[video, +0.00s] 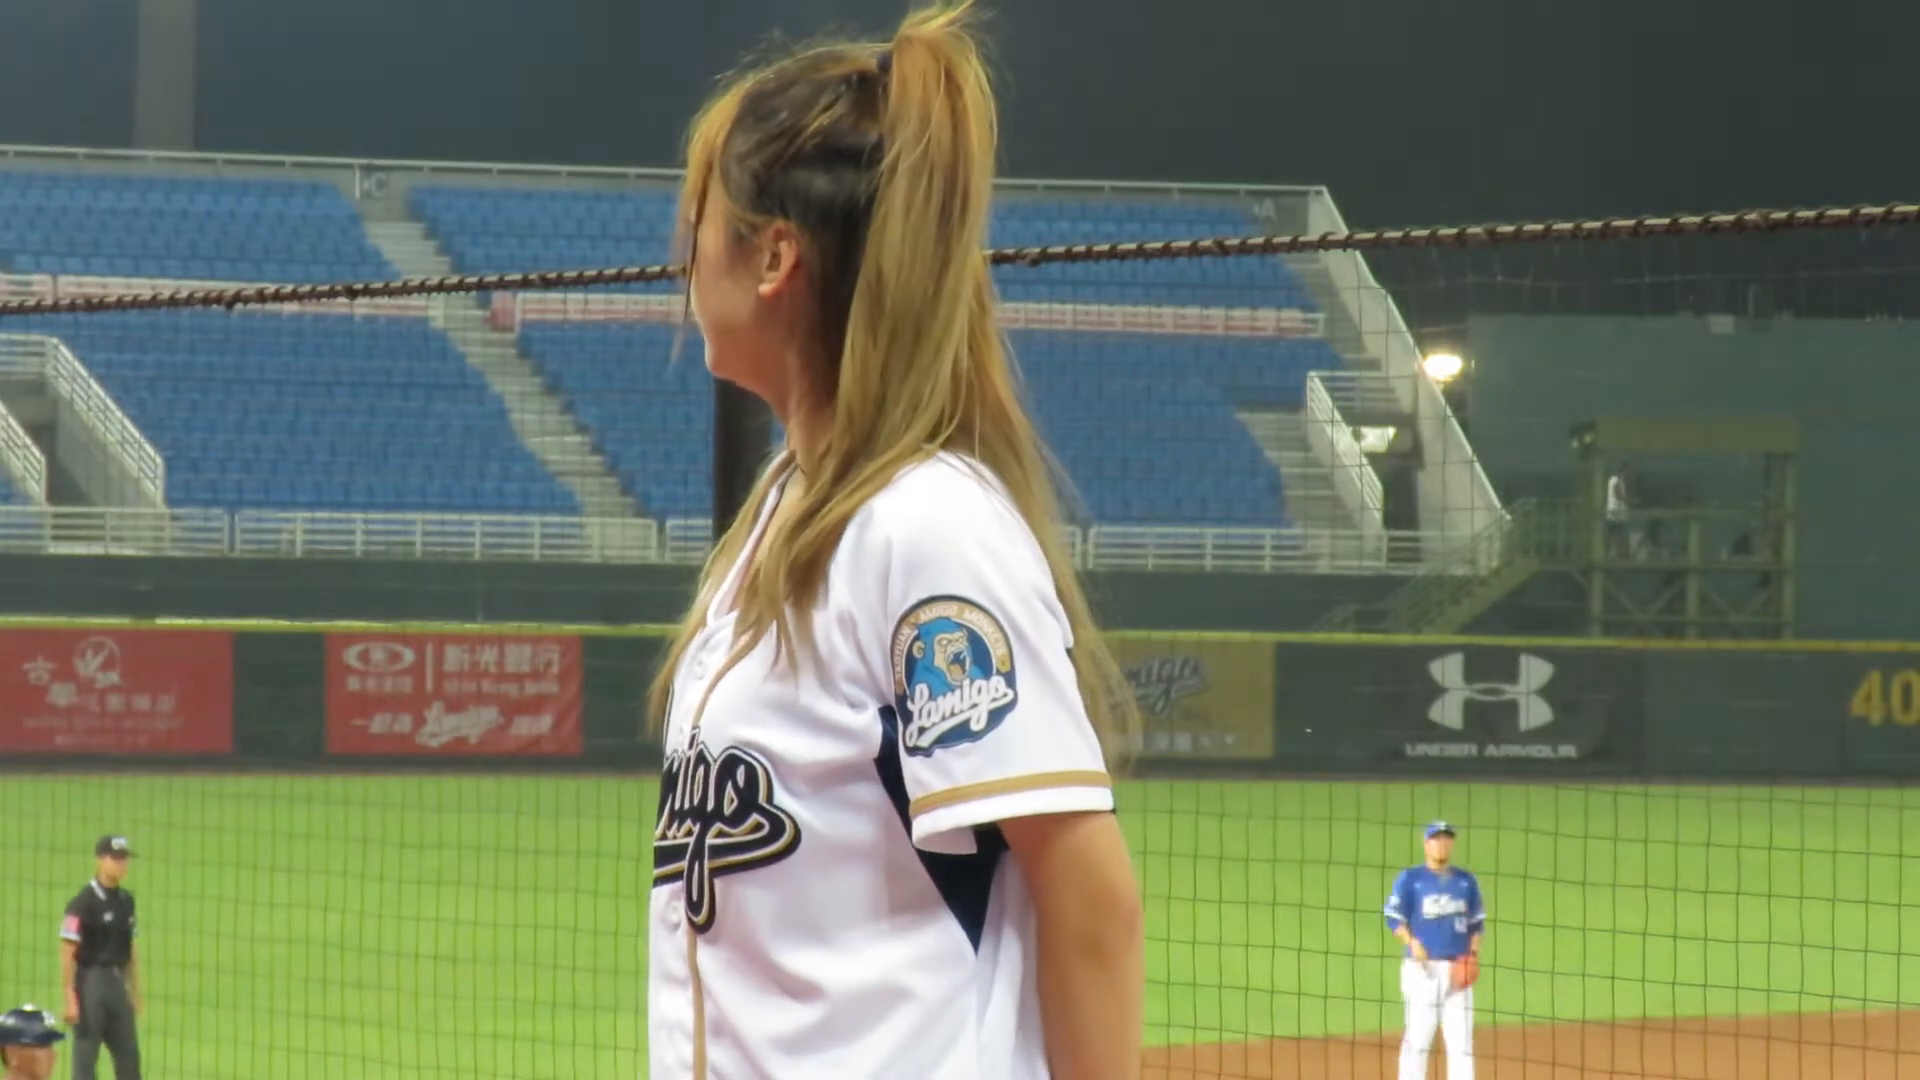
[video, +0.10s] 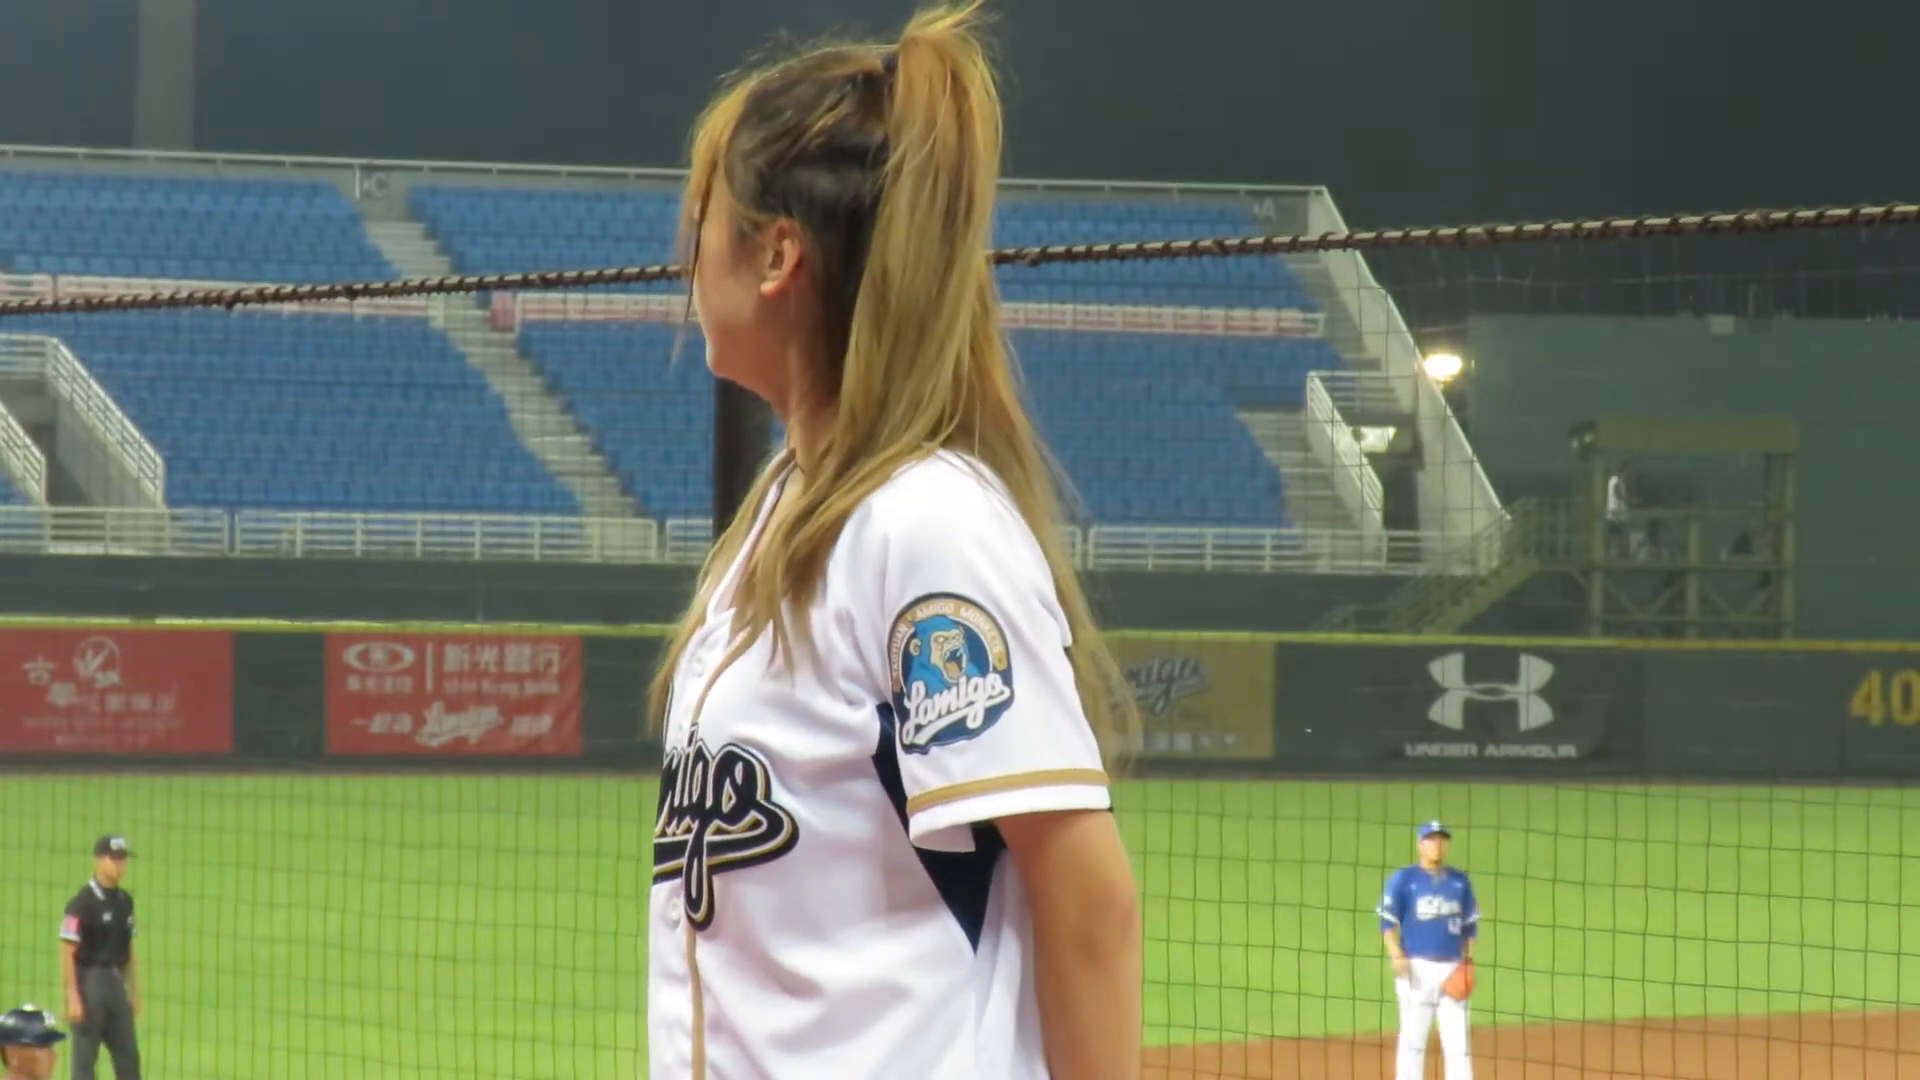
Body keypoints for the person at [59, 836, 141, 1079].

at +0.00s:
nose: (120, 865)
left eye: (123, 859)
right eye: (114, 859)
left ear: (127, 862)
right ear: (100, 860)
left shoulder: (126, 900)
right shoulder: (82, 903)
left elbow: (128, 949)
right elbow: (68, 952)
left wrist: (133, 991)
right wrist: (69, 996)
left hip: (117, 972)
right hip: (90, 973)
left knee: (128, 1053)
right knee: (86, 1053)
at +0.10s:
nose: (119, 865)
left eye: (122, 859)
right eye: (113, 859)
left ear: (126, 862)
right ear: (99, 860)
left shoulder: (124, 901)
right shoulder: (81, 903)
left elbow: (127, 951)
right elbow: (67, 952)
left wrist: (132, 991)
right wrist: (73, 997)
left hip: (117, 972)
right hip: (89, 972)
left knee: (127, 1054)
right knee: (85, 1056)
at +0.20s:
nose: (118, 865)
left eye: (121, 859)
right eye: (112, 859)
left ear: (125, 862)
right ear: (98, 860)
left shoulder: (123, 900)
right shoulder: (81, 903)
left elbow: (126, 950)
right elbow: (67, 952)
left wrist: (131, 990)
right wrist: (75, 998)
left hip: (115, 972)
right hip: (88, 972)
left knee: (126, 1053)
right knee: (85, 1055)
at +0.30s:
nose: (118, 865)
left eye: (121, 859)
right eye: (112, 859)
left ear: (124, 862)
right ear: (97, 860)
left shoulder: (123, 900)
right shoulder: (81, 903)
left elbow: (125, 949)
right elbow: (67, 952)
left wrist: (130, 988)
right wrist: (75, 997)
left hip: (115, 972)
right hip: (88, 972)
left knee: (126, 1053)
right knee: (85, 1055)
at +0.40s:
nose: (117, 866)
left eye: (120, 860)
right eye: (111, 859)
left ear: (124, 862)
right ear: (96, 860)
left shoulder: (122, 901)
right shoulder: (80, 903)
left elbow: (123, 950)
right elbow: (67, 953)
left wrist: (129, 988)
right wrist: (75, 997)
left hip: (114, 972)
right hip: (87, 972)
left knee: (126, 1054)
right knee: (84, 1056)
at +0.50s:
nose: (117, 865)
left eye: (120, 860)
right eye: (111, 859)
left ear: (123, 862)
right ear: (96, 860)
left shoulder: (122, 901)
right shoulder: (80, 903)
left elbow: (123, 949)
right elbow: (67, 954)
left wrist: (129, 988)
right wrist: (73, 998)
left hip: (114, 973)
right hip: (87, 973)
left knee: (126, 1054)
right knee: (83, 1055)